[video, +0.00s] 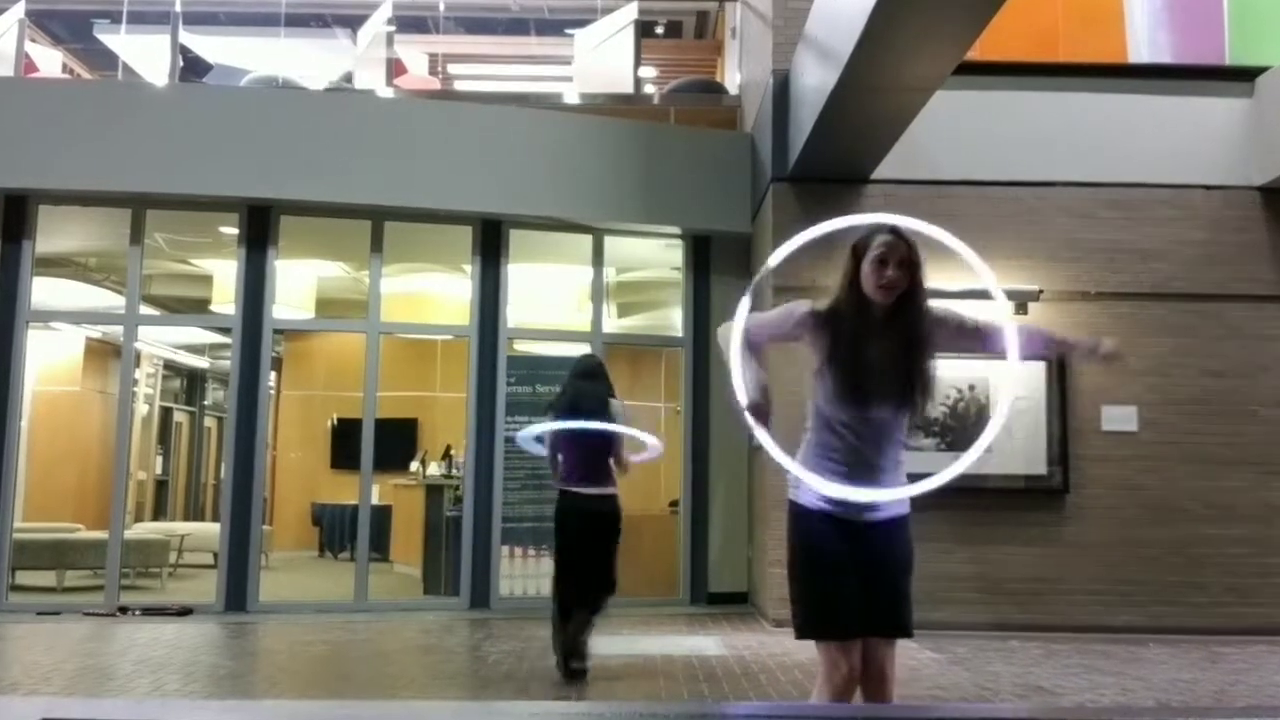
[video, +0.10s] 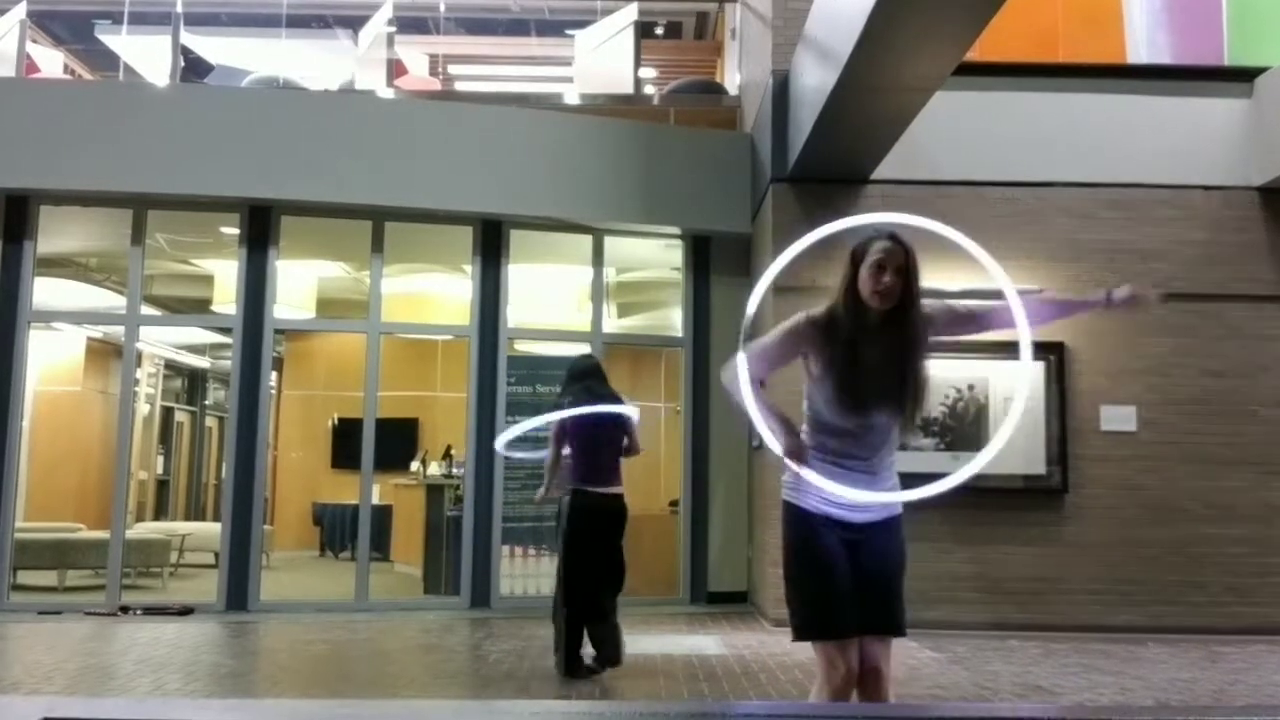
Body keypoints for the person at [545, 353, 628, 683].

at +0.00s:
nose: (603, 385)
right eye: (602, 378)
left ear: (571, 380)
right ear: (604, 382)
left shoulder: (560, 412)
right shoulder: (611, 412)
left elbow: (552, 457)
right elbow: (621, 463)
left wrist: (559, 475)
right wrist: (624, 457)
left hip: (570, 504)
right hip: (603, 506)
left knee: (568, 577)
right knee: (602, 580)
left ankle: (567, 654)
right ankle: (575, 634)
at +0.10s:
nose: (570, 386)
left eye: (571, 379)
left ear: (570, 381)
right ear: (602, 378)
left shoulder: (565, 413)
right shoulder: (618, 410)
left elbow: (555, 456)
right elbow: (633, 449)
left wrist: (546, 488)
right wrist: (608, 451)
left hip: (582, 505)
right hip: (614, 506)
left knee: (574, 579)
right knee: (604, 576)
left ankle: (569, 659)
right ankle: (609, 648)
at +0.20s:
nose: (568, 389)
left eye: (568, 384)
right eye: (567, 384)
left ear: (575, 381)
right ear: (600, 376)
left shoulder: (583, 403)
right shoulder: (619, 402)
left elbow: (575, 452)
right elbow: (638, 444)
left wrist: (546, 481)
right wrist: (605, 449)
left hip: (590, 504)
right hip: (616, 505)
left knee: (578, 581)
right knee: (605, 583)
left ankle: (566, 661)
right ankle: (617, 660)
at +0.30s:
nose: (570, 394)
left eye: (571, 387)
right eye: (570, 387)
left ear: (580, 383)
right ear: (599, 377)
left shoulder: (599, 404)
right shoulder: (608, 404)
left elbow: (596, 453)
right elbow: (603, 458)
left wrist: (555, 479)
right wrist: (568, 478)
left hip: (613, 509)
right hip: (616, 507)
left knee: (594, 587)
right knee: (600, 586)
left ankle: (566, 662)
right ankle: (613, 660)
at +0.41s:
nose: (571, 394)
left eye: (574, 386)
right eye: (571, 386)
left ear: (585, 383)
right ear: (601, 377)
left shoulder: (608, 403)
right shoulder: (612, 404)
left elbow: (611, 454)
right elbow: (614, 458)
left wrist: (570, 480)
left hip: (623, 504)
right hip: (625, 503)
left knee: (611, 583)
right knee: (611, 583)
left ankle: (583, 656)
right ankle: (612, 658)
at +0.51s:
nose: (579, 389)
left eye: (581, 383)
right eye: (580, 383)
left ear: (586, 384)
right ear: (616, 377)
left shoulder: (593, 413)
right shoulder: (637, 407)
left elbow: (585, 456)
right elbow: (642, 445)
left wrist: (559, 486)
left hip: (607, 503)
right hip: (638, 502)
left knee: (608, 575)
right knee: (630, 576)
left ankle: (612, 652)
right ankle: (617, 648)